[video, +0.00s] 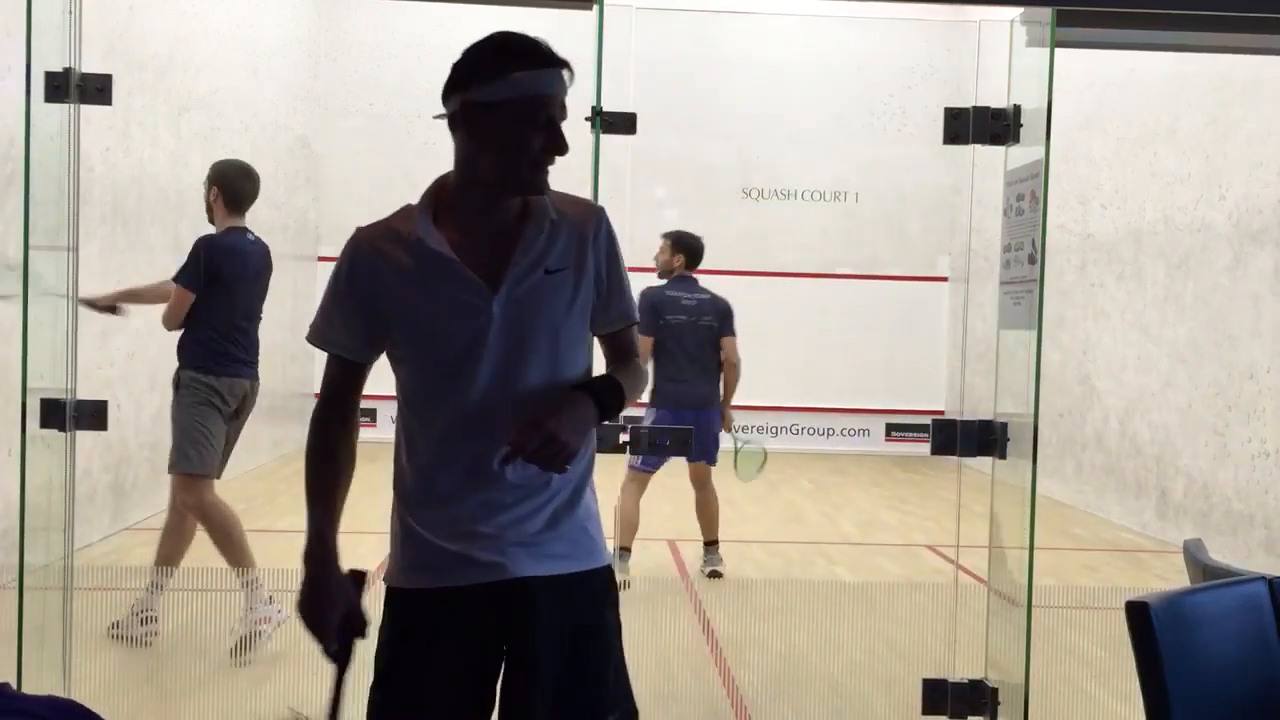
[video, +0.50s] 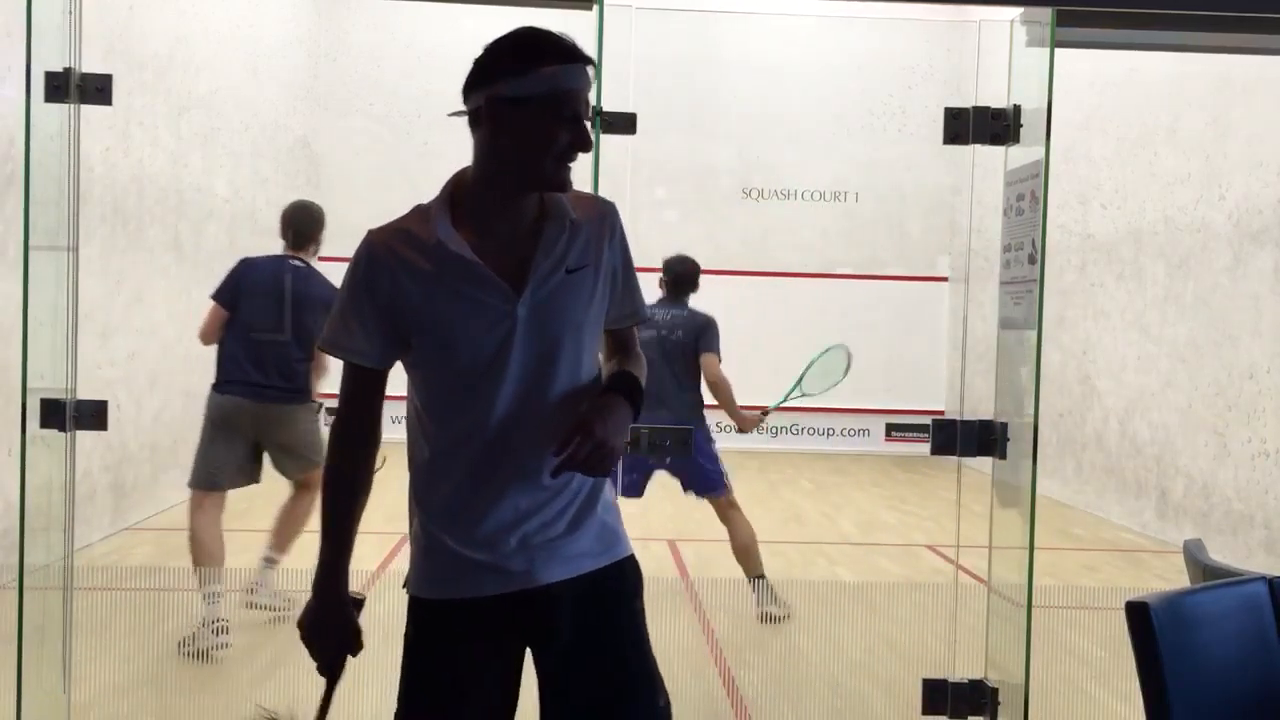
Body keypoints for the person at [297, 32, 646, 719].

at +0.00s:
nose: (560, 140)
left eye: (560, 119)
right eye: (538, 120)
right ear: (466, 121)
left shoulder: (582, 230)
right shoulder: (379, 253)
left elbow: (630, 367)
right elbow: (336, 408)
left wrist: (588, 404)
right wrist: (321, 563)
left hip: (566, 574)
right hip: (437, 578)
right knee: (414, 715)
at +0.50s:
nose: (583, 136)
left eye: (584, 118)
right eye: (561, 116)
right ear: (487, 115)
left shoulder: (595, 226)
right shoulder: (393, 255)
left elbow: (625, 354)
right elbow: (357, 425)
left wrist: (621, 396)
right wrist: (331, 584)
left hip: (590, 569)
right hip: (461, 581)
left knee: (634, 714)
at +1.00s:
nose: (793, 135)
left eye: (788, 113)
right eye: (774, 112)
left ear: (717, 118)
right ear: (703, 114)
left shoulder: (758, 239)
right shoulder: (589, 247)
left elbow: (771, 362)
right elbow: (540, 431)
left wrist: (816, 414)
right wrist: (574, 590)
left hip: (743, 589)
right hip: (627, 602)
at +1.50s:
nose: (905, 131)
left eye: (921, 111)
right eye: (883, 103)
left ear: (932, 126)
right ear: (829, 109)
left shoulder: (886, 249)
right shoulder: (761, 249)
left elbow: (947, 365)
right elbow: (728, 450)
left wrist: (1029, 386)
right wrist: (855, 587)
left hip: (881, 607)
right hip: (798, 617)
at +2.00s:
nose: (1059, 83)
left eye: (1085, 64)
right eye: (1032, 63)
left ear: (1112, 93)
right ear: (989, 85)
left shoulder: (1079, 241)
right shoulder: (929, 244)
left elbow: (1052, 414)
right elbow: (882, 464)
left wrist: (1152, 455)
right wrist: (1032, 602)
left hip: (1094, 643)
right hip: (974, 656)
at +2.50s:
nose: (1277, 95)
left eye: (1278, 72)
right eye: (1265, 69)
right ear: (1201, 74)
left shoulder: (1271, 254)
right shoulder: (1106, 254)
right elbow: (1028, 488)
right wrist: (1183, 644)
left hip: (1265, 683)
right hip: (1142, 690)